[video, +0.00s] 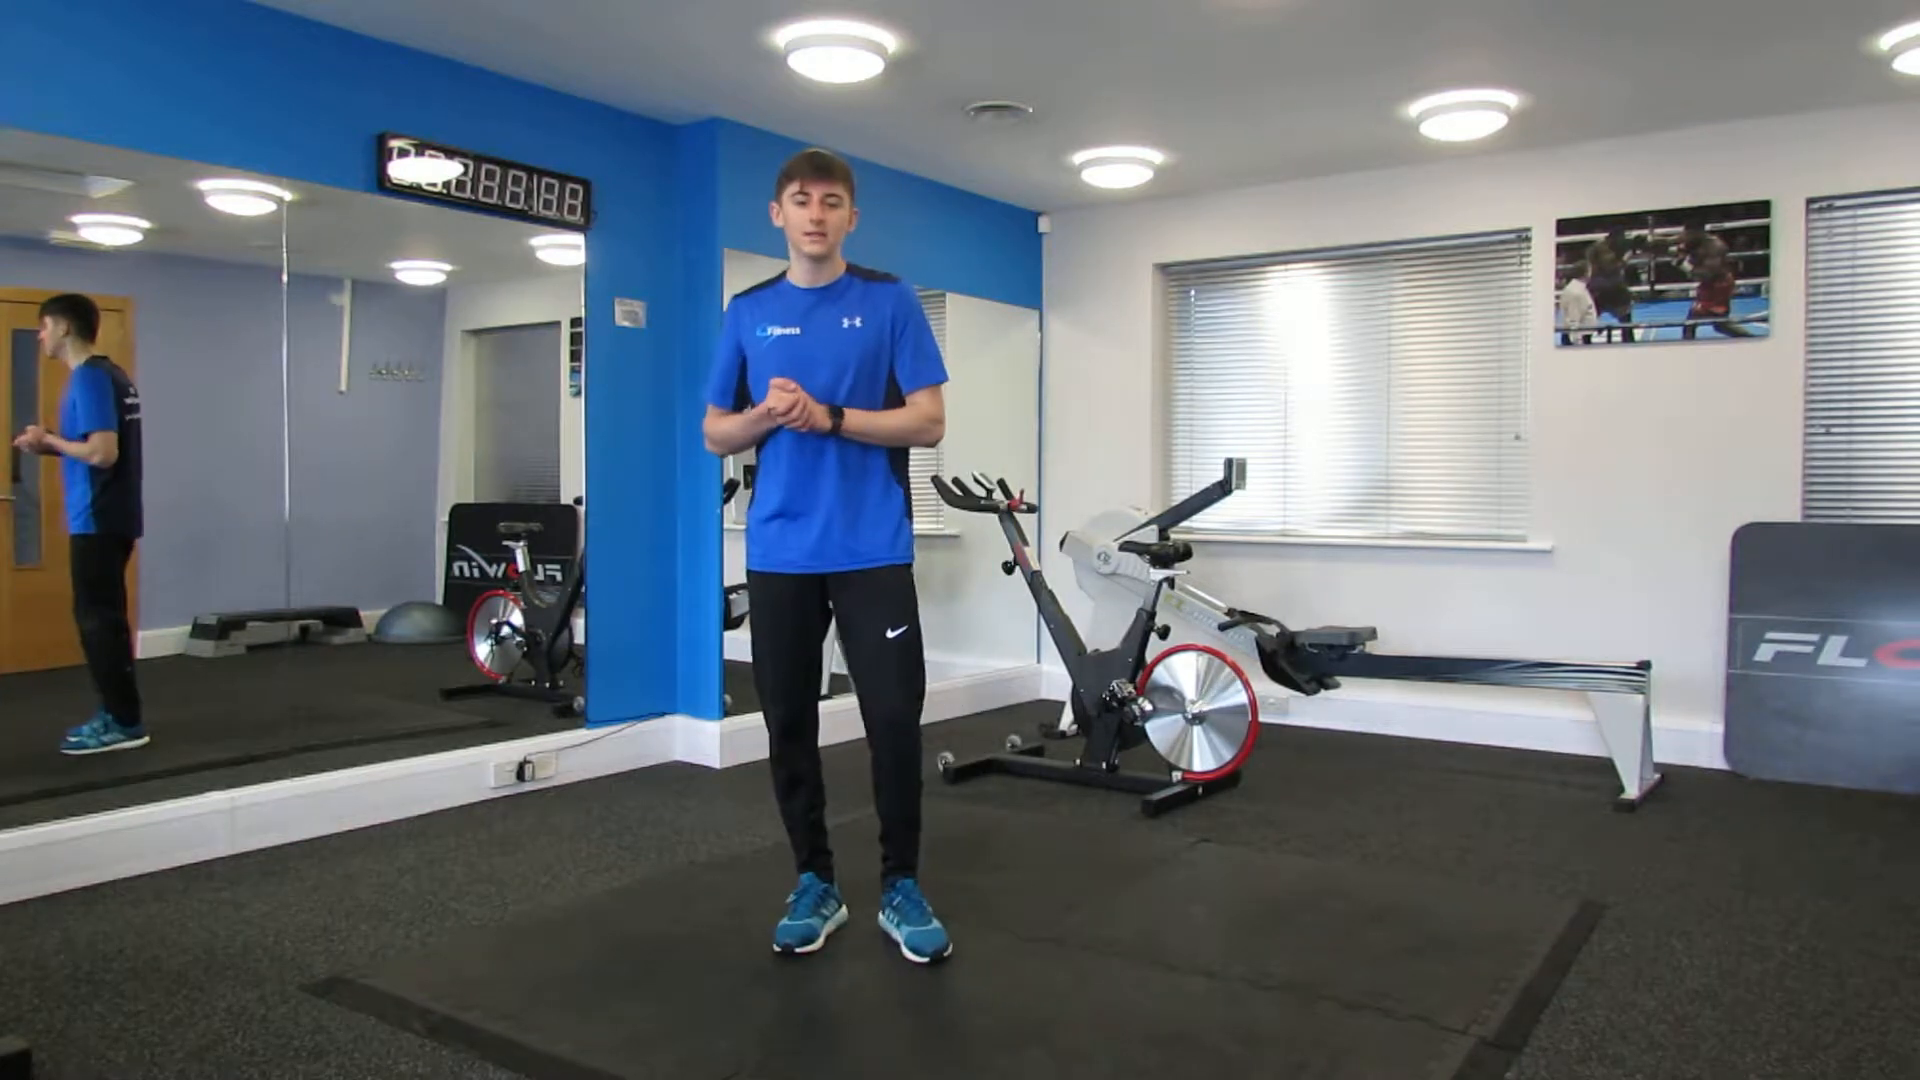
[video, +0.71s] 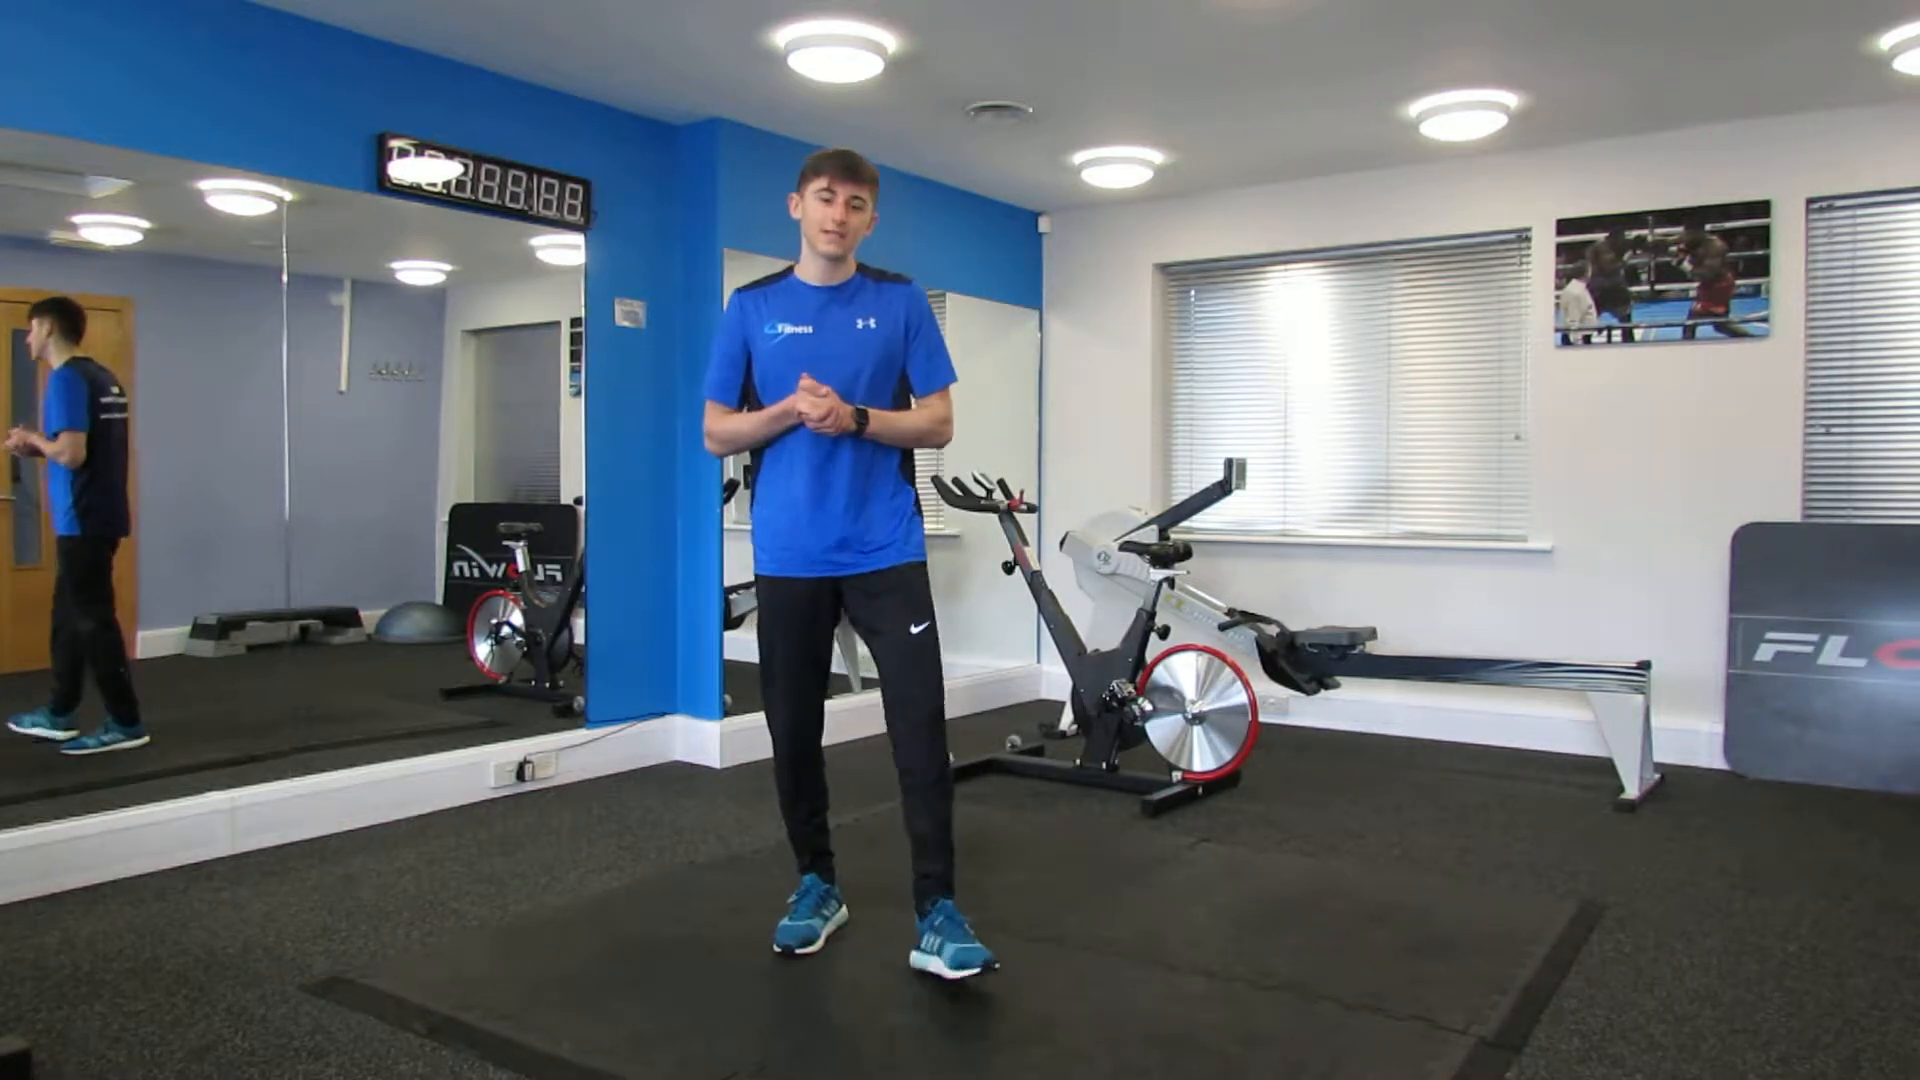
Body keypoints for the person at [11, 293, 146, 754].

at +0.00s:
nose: (40, 335)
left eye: (45, 326)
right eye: (41, 327)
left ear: (65, 328)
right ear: (81, 330)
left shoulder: (91, 376)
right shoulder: (109, 375)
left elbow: (103, 451)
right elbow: (96, 446)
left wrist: (50, 440)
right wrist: (49, 443)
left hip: (98, 524)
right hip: (109, 523)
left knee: (96, 616)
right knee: (104, 615)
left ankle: (124, 719)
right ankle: (117, 715)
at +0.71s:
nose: (27, 337)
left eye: (31, 328)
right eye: (29, 329)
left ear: (48, 329)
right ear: (68, 331)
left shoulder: (68, 378)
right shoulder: (101, 377)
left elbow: (72, 452)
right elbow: (85, 447)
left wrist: (35, 441)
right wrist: (38, 445)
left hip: (82, 525)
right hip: (100, 521)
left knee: (93, 618)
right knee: (66, 615)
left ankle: (126, 721)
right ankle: (60, 712)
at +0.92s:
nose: (15, 346)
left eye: (19, 336)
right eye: (16, 337)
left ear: (35, 335)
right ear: (58, 336)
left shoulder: (52, 382)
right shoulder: (90, 383)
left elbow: (56, 456)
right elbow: (78, 456)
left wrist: (15, 444)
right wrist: (25, 449)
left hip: (67, 530)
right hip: (90, 527)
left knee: (87, 621)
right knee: (61, 623)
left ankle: (126, 721)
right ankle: (39, 718)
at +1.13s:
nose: (0, 343)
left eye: (3, 333)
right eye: (2, 334)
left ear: (18, 334)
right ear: (46, 335)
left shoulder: (32, 380)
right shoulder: (76, 382)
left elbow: (30, 452)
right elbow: (68, 454)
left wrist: (3, 445)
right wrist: (18, 447)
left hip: (40, 526)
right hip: (71, 524)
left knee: (47, 618)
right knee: (43, 619)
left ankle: (112, 708)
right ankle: (36, 718)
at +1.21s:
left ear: (15, 335)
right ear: (41, 336)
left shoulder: (26, 379)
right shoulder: (72, 383)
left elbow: (23, 449)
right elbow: (64, 453)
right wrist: (18, 445)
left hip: (30, 525)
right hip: (63, 524)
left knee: (23, 617)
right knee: (39, 620)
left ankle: (99, 700)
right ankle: (35, 719)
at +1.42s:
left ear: (4, 337)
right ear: (31, 337)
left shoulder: (17, 378)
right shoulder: (58, 384)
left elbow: (12, 445)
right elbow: (54, 450)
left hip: (19, 519)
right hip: (52, 519)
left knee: (14, 610)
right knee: (33, 609)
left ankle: (39, 703)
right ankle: (43, 701)